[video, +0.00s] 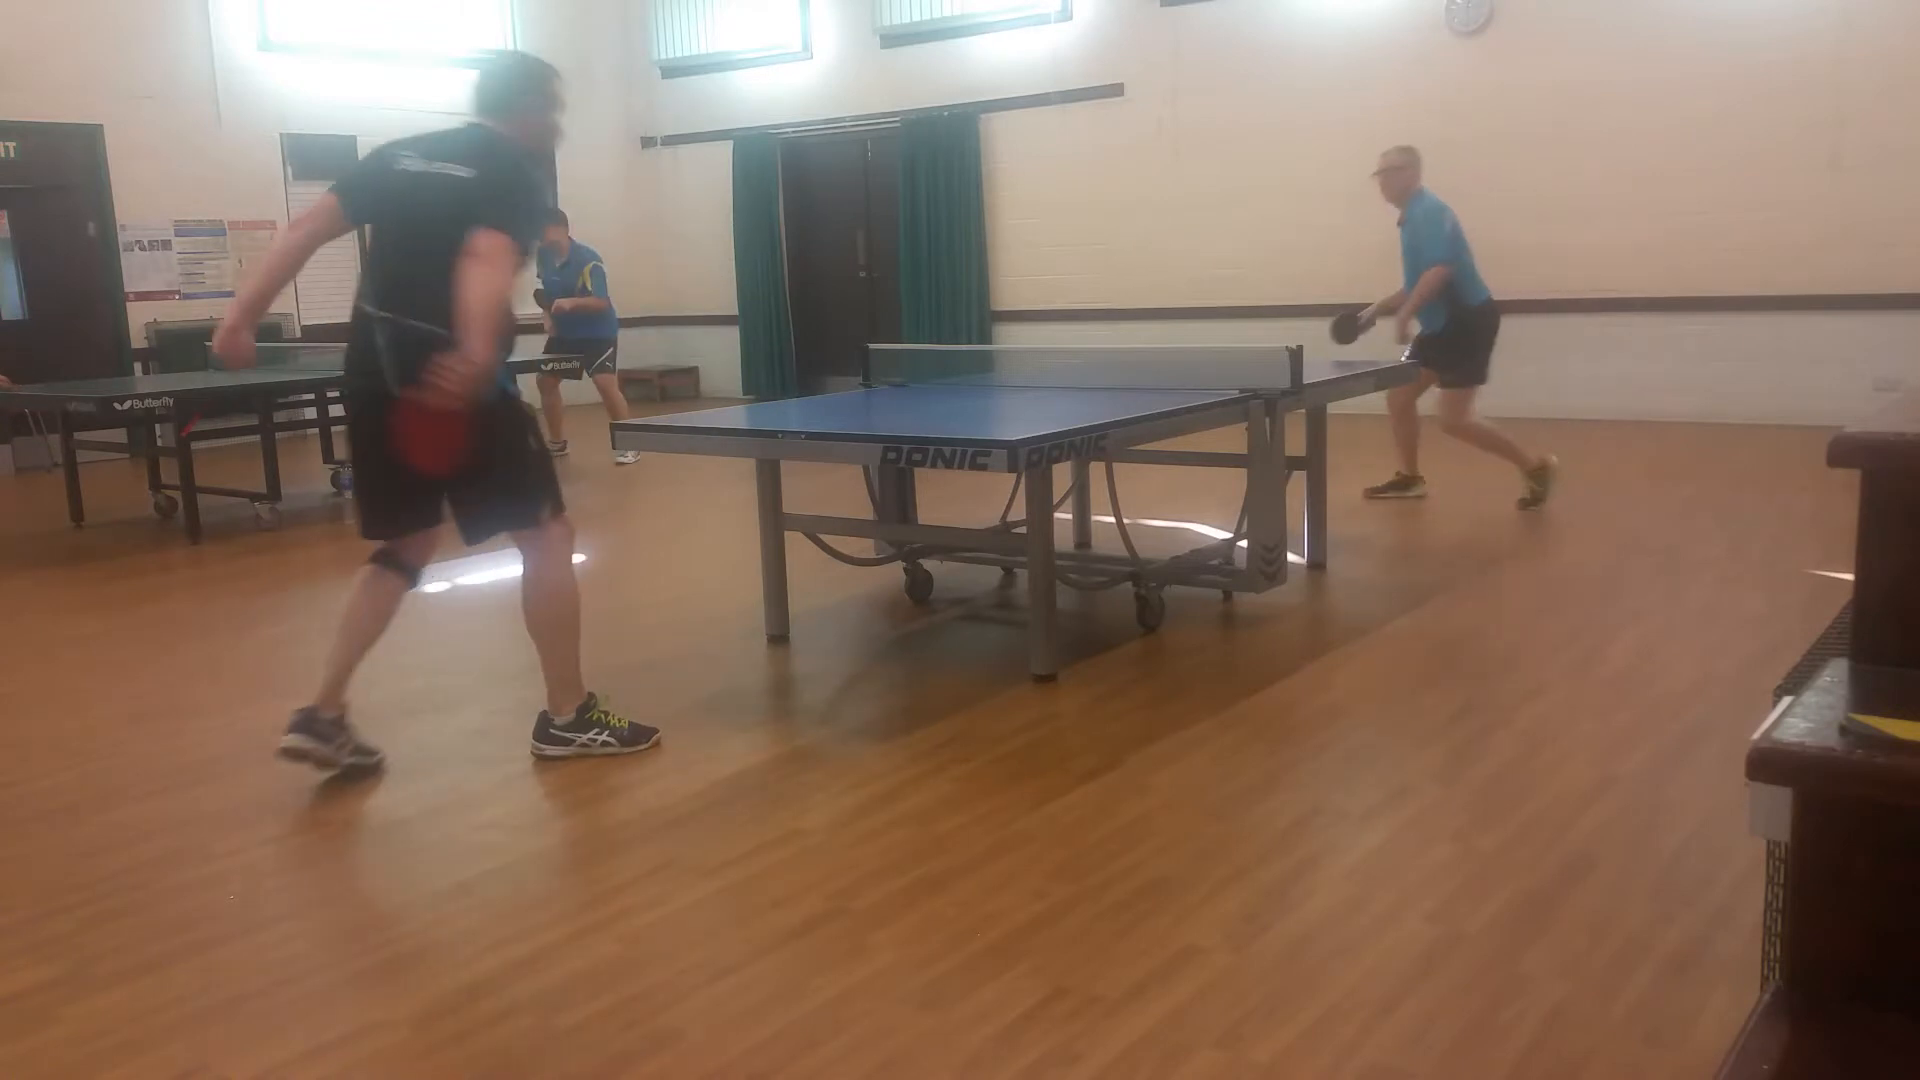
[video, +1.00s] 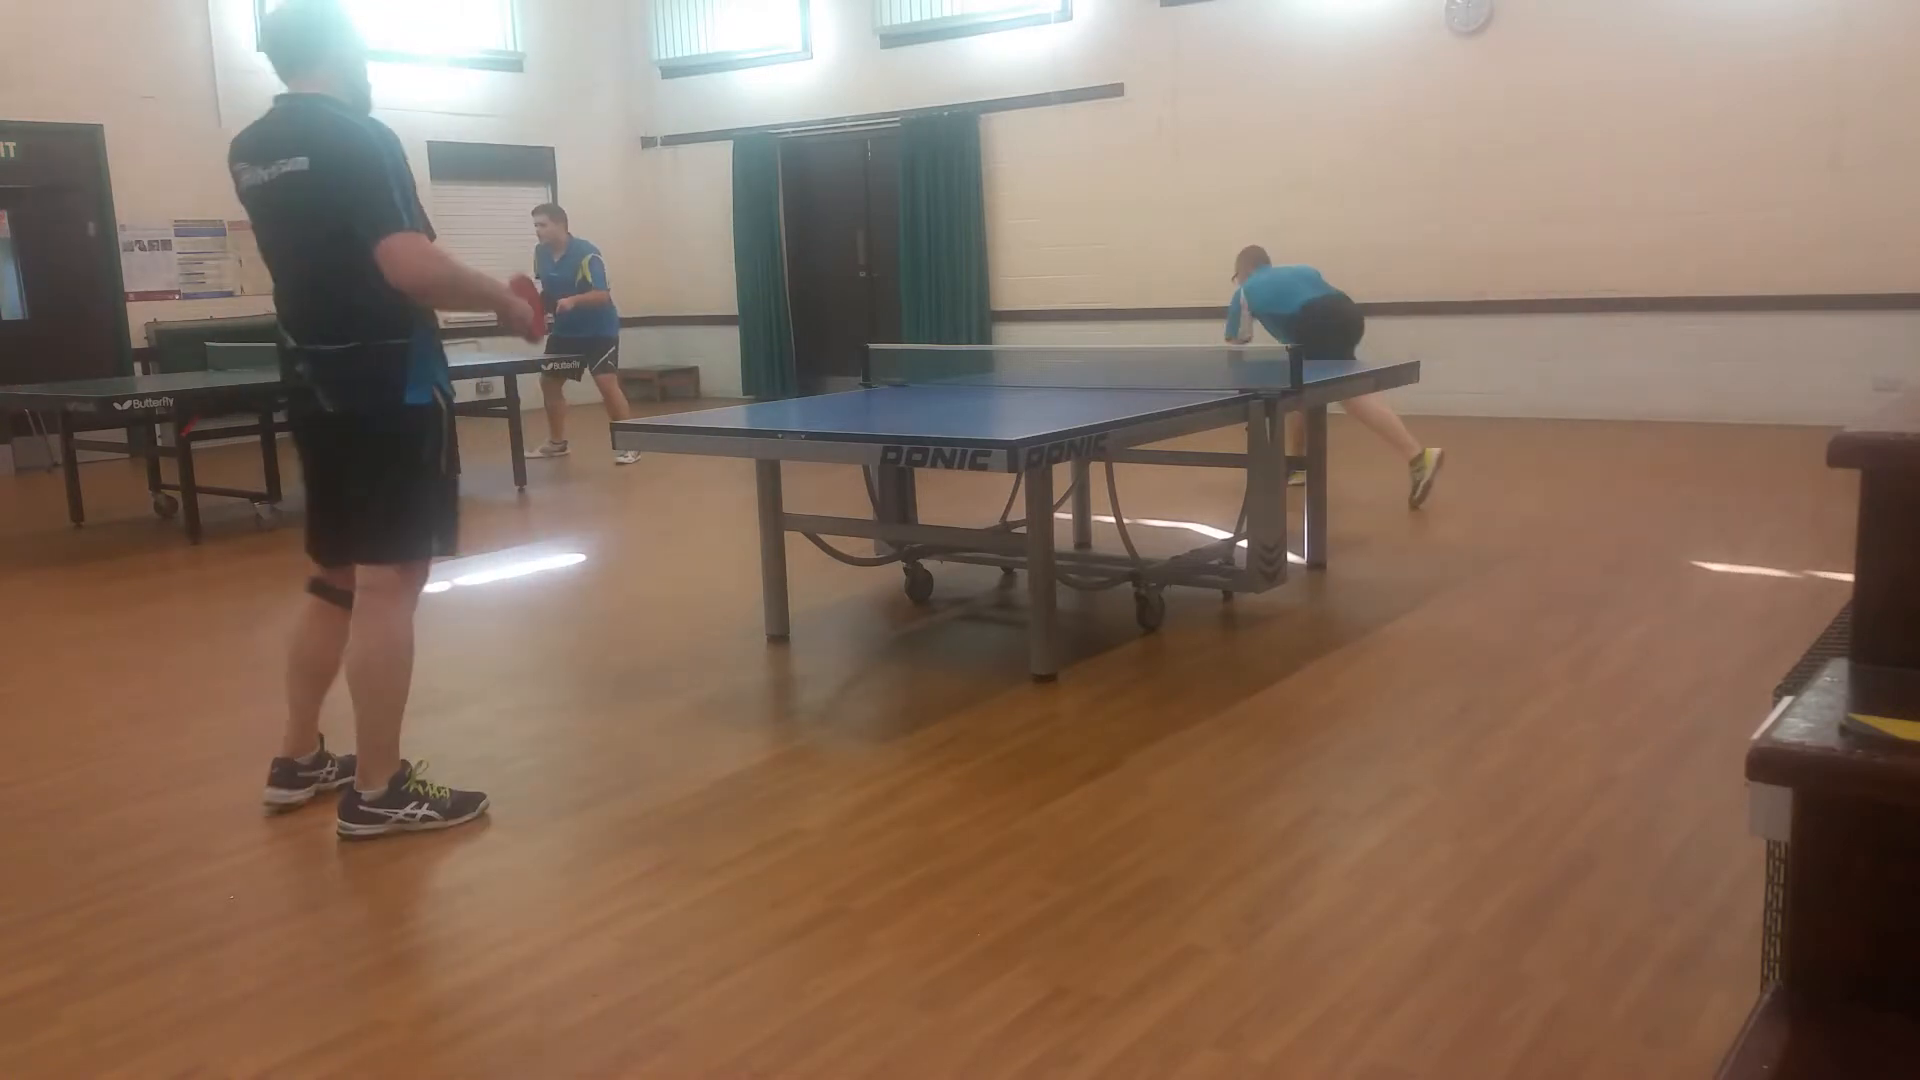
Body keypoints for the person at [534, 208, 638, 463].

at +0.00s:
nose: (548, 241)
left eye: (552, 234)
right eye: (544, 236)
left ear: (566, 231)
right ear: (540, 236)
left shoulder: (588, 258)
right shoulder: (544, 256)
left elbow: (601, 301)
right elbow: (547, 291)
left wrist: (571, 303)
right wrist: (546, 314)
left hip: (598, 333)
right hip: (564, 333)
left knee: (604, 381)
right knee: (546, 381)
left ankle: (628, 445)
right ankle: (556, 442)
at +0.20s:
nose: (539, 233)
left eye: (544, 228)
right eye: (538, 228)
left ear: (564, 230)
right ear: (541, 231)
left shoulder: (588, 259)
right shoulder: (544, 255)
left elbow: (603, 303)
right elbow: (546, 298)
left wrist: (575, 302)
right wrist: (548, 327)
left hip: (598, 334)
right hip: (565, 335)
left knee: (605, 384)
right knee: (545, 383)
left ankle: (629, 444)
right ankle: (557, 442)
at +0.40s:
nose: (540, 228)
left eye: (544, 223)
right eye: (538, 224)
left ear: (564, 225)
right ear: (541, 226)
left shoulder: (588, 254)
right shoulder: (544, 251)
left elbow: (602, 296)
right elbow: (548, 287)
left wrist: (573, 299)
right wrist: (548, 311)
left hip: (597, 331)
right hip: (564, 331)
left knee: (604, 381)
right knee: (549, 381)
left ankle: (629, 445)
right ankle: (557, 442)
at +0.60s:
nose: (539, 232)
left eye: (544, 227)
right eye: (538, 228)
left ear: (563, 228)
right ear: (540, 230)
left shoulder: (587, 257)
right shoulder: (543, 253)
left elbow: (602, 299)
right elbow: (550, 293)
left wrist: (571, 301)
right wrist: (546, 319)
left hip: (598, 332)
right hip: (566, 332)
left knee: (603, 381)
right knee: (546, 382)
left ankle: (628, 444)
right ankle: (557, 442)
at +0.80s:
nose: (538, 230)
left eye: (543, 224)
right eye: (536, 225)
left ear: (561, 224)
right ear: (538, 227)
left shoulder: (587, 252)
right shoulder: (541, 250)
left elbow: (601, 294)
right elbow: (542, 285)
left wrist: (572, 298)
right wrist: (545, 310)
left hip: (598, 330)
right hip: (564, 331)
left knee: (605, 381)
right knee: (550, 382)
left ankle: (628, 444)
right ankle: (557, 442)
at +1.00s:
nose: (537, 230)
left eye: (542, 225)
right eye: (535, 226)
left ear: (561, 225)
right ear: (538, 228)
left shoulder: (587, 253)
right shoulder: (541, 253)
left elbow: (603, 295)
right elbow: (548, 291)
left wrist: (574, 300)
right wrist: (533, 305)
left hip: (599, 330)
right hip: (565, 330)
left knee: (606, 382)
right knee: (550, 383)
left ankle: (629, 444)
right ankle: (557, 442)